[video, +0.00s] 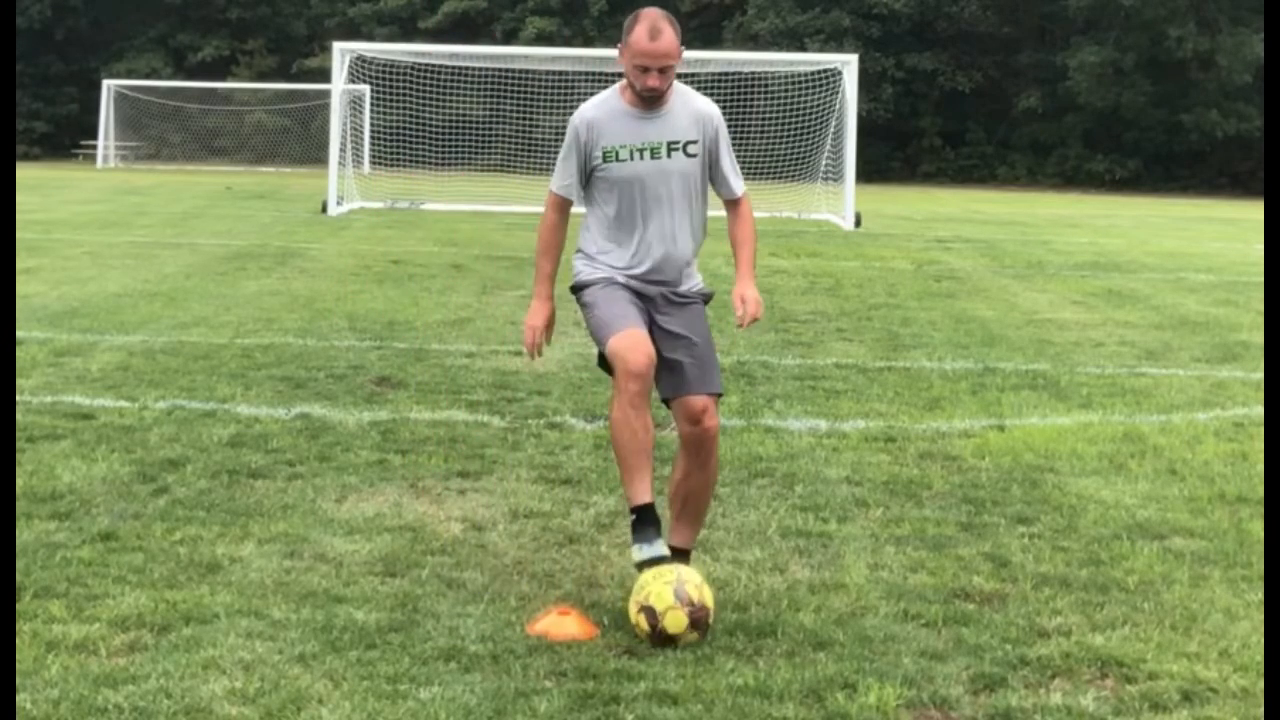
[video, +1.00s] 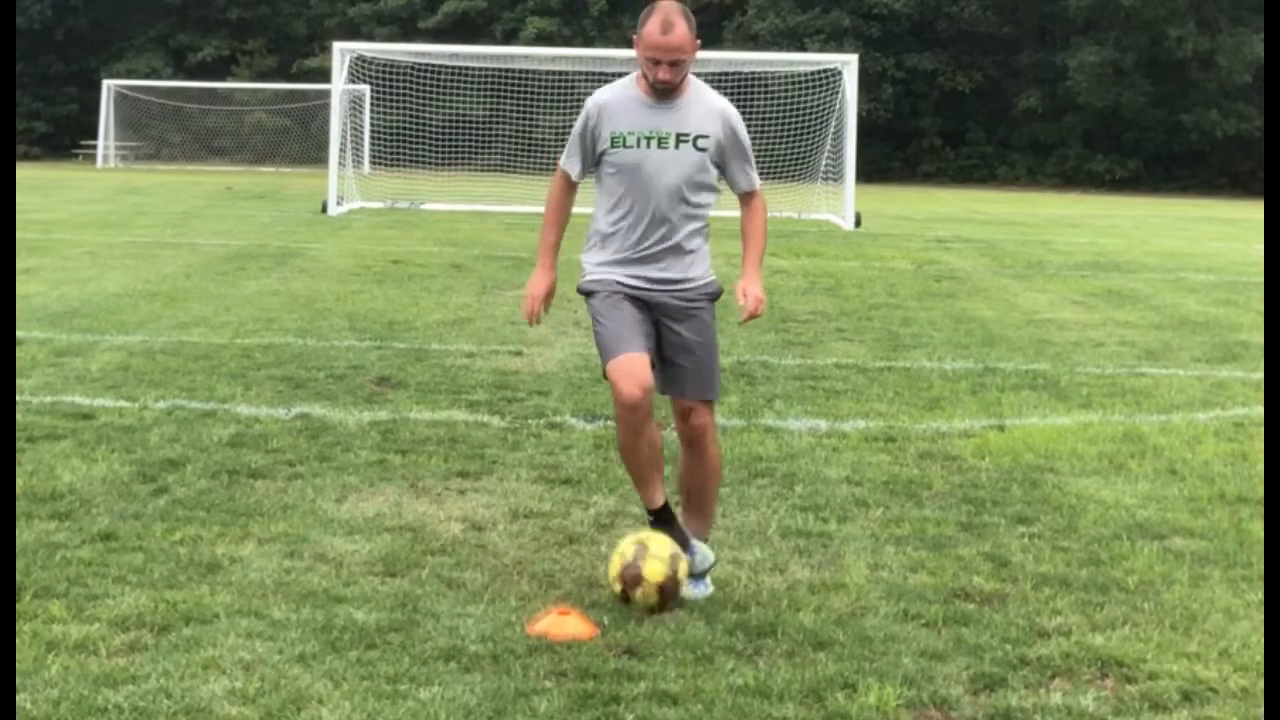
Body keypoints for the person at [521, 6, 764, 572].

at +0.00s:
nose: (653, 82)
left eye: (665, 70)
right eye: (642, 69)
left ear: (680, 62)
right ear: (620, 57)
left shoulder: (703, 116)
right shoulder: (589, 121)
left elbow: (735, 201)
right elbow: (557, 207)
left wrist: (745, 278)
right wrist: (541, 298)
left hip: (677, 284)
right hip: (606, 275)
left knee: (701, 417)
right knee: (636, 361)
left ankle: (677, 562)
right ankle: (643, 524)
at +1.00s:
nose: (665, 75)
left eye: (678, 63)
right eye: (654, 61)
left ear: (696, 51)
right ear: (635, 46)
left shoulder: (719, 115)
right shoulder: (602, 107)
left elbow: (751, 195)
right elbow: (564, 182)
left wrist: (751, 272)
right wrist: (544, 266)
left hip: (687, 284)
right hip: (613, 279)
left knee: (697, 422)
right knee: (632, 393)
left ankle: (697, 551)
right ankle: (662, 526)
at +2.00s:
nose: (614, 53)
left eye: (626, 44)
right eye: (605, 41)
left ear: (657, 31)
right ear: (597, 27)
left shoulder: (692, 93)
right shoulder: (577, 84)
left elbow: (727, 170)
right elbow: (551, 167)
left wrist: (705, 244)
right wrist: (518, 246)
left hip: (650, 266)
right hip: (572, 254)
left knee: (653, 411)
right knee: (503, 371)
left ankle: (650, 557)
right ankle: (477, 501)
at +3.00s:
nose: (514, 53)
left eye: (525, 43)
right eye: (504, 41)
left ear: (555, 29)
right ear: (495, 29)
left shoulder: (592, 90)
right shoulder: (485, 84)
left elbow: (631, 172)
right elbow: (480, 160)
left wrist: (617, 250)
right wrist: (457, 238)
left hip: (571, 255)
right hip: (498, 251)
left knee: (559, 379)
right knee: (455, 385)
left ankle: (598, 490)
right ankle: (438, 532)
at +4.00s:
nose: (453, 37)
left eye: (463, 25)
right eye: (441, 26)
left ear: (489, 10)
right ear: (428, 18)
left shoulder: (532, 67)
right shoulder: (417, 82)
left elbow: (576, 146)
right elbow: (399, 167)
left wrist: (570, 219)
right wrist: (371, 249)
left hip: (521, 237)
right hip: (448, 246)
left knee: (510, 347)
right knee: (434, 388)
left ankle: (496, 469)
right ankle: (435, 539)